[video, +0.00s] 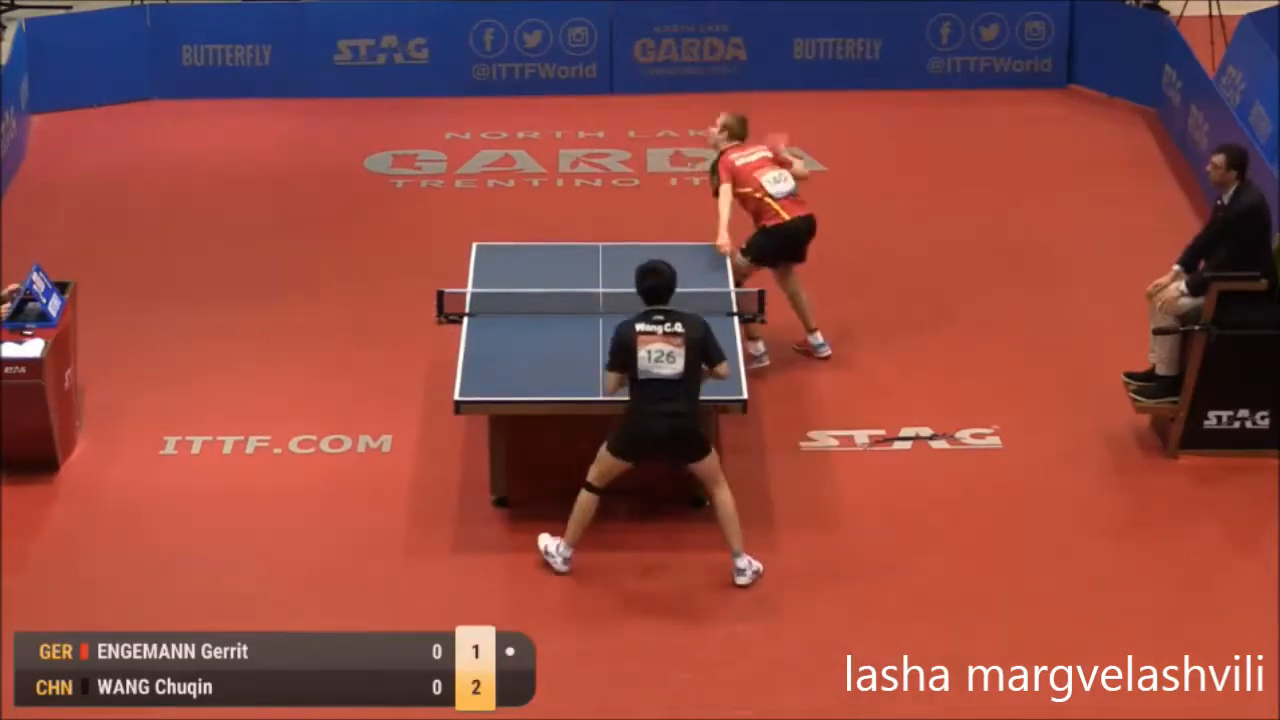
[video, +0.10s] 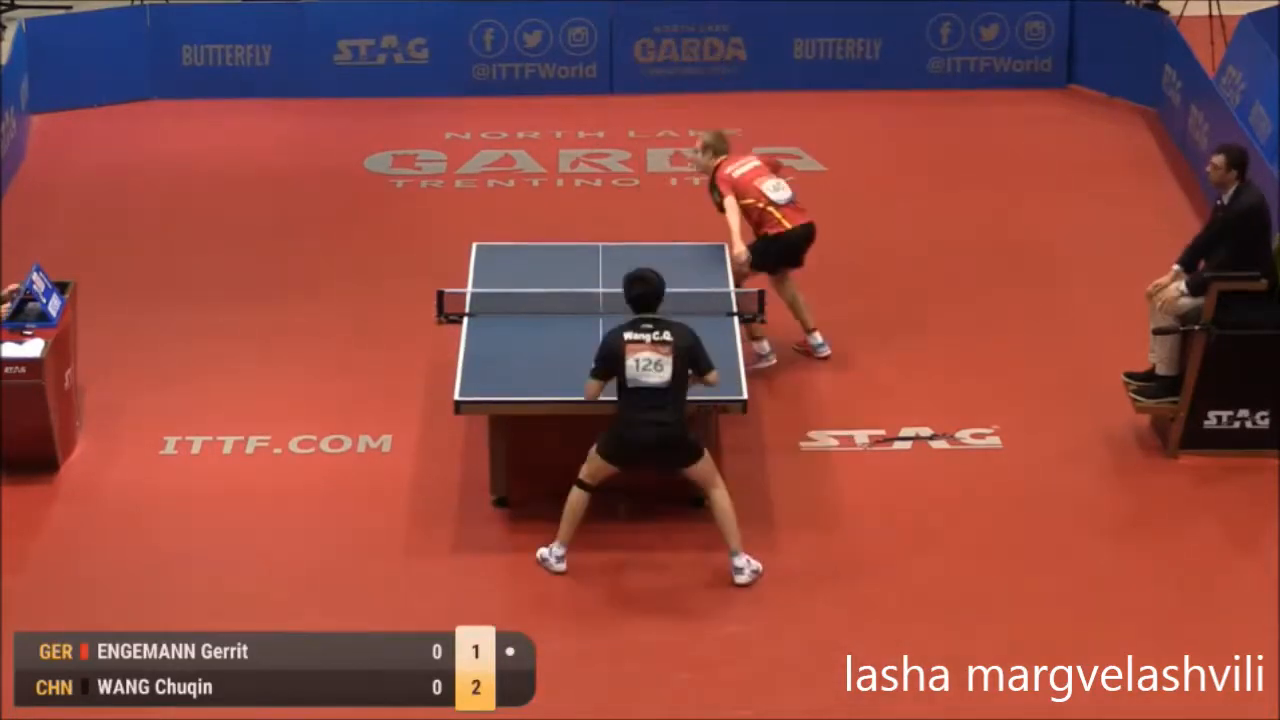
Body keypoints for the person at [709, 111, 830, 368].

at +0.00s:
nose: (710, 131)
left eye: (715, 127)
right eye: (713, 126)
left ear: (725, 135)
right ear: (740, 136)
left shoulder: (725, 160)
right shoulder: (763, 150)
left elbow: (726, 192)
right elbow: (801, 171)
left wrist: (723, 233)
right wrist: (785, 154)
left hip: (776, 228)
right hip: (804, 221)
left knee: (730, 280)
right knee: (785, 274)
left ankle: (755, 347)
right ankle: (816, 338)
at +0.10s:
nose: (694, 158)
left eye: (698, 152)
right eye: (695, 152)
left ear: (711, 154)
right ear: (722, 152)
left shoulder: (721, 175)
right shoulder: (750, 159)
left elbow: (731, 205)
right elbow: (777, 166)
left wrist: (736, 243)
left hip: (777, 237)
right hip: (805, 227)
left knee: (730, 281)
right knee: (779, 278)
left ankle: (761, 348)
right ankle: (815, 339)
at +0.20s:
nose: (676, 194)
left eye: (677, 187)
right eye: (673, 188)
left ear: (693, 179)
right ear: (695, 177)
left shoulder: (713, 192)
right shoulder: (715, 178)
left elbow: (747, 209)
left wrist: (764, 245)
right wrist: (708, 215)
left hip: (778, 237)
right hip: (795, 229)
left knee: (728, 284)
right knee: (763, 283)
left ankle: (758, 355)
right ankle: (809, 332)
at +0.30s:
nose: (671, 194)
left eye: (675, 187)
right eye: (668, 189)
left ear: (690, 179)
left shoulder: (715, 190)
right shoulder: (700, 184)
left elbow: (757, 202)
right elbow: (688, 193)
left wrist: (782, 234)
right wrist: (673, 201)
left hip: (768, 233)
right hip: (755, 231)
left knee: (732, 288)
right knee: (743, 278)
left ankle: (758, 356)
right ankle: (790, 312)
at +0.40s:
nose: (669, 173)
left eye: (673, 166)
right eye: (665, 167)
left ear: (687, 160)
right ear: (663, 164)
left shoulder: (714, 174)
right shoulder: (682, 179)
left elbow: (764, 180)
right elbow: (664, 193)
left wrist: (789, 213)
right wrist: (647, 204)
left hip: (759, 217)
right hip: (728, 219)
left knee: (731, 282)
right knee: (693, 258)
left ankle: (758, 353)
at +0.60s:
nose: (664, 147)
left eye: (669, 141)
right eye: (661, 141)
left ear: (684, 137)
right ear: (658, 139)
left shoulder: (711, 147)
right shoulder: (662, 159)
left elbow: (749, 156)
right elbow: (648, 187)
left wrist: (754, 193)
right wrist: (637, 207)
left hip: (724, 212)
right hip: (688, 213)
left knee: (735, 270)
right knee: (660, 258)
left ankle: (767, 324)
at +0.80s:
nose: (660, 143)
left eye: (665, 137)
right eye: (656, 137)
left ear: (679, 135)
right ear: (652, 136)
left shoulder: (703, 150)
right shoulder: (652, 160)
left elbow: (730, 166)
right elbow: (633, 191)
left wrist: (716, 193)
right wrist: (623, 210)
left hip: (711, 211)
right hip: (674, 214)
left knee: (743, 262)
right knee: (643, 257)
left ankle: (771, 314)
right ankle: (643, 320)